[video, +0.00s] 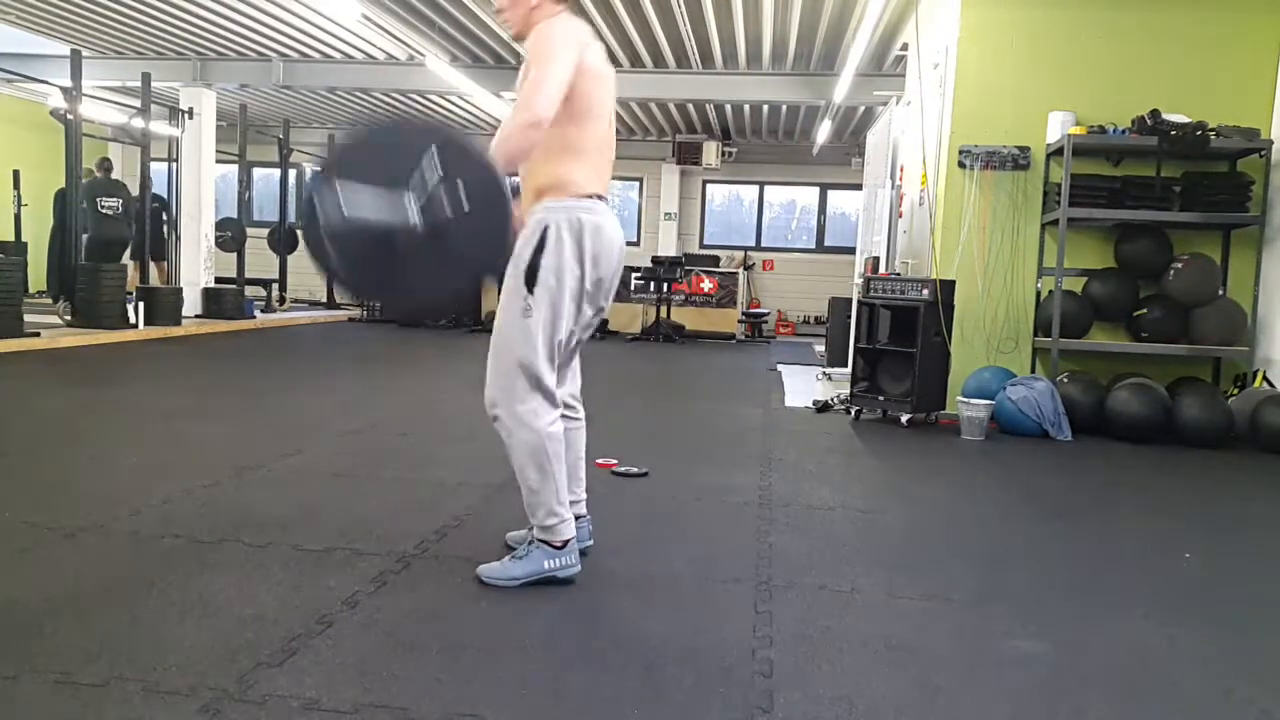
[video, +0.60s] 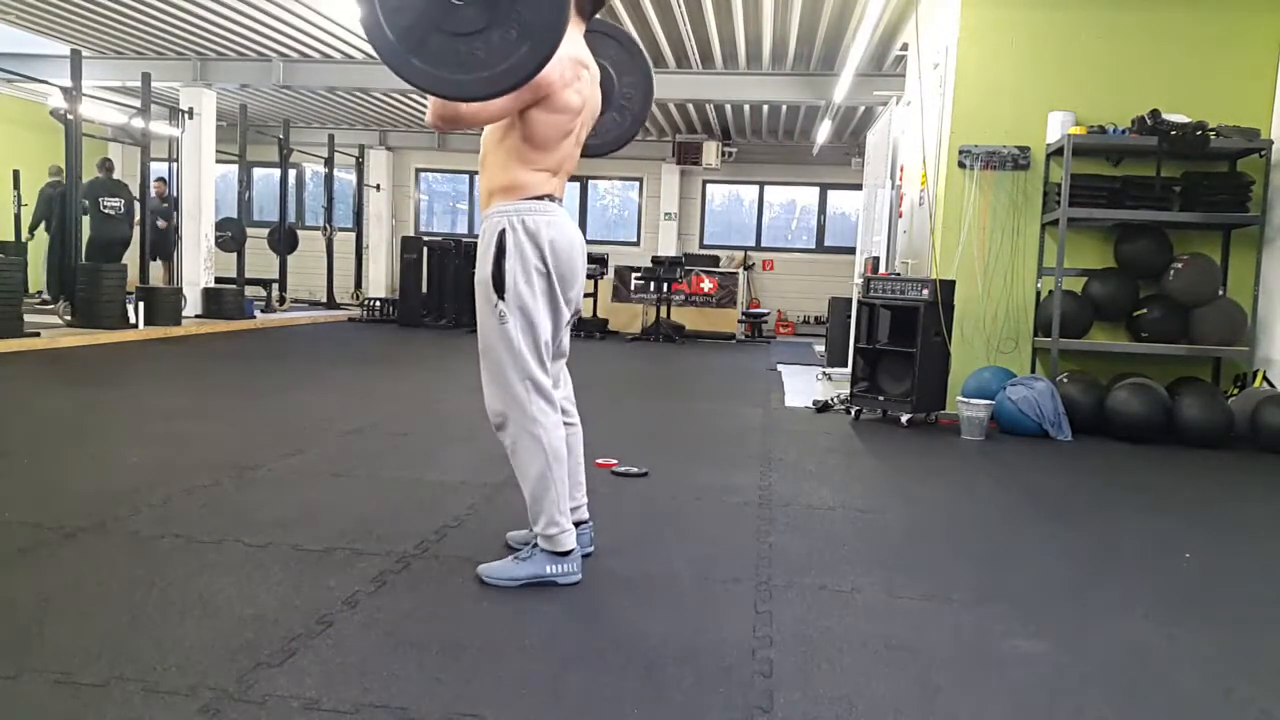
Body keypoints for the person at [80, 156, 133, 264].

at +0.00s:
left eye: (96, 170)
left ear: (96, 170)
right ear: (112, 170)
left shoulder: (89, 185)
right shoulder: (122, 186)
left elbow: (75, 204)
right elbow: (131, 212)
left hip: (98, 233)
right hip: (122, 234)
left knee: (91, 271)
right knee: (111, 270)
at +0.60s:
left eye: (98, 169)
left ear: (98, 169)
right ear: (113, 170)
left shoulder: (91, 185)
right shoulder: (123, 187)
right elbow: (131, 212)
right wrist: (129, 231)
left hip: (100, 234)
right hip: (123, 234)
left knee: (92, 270)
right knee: (112, 269)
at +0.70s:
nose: (98, 171)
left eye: (98, 169)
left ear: (99, 170)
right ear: (113, 170)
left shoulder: (94, 184)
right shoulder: (124, 187)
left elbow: (78, 192)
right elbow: (131, 213)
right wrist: (129, 233)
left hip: (101, 235)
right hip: (123, 235)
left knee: (91, 270)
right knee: (112, 269)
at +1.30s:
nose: (93, 171)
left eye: (95, 168)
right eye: (94, 168)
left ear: (104, 169)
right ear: (108, 168)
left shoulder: (97, 186)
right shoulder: (123, 185)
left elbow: (82, 191)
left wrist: (89, 177)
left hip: (102, 233)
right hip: (120, 233)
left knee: (88, 267)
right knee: (110, 268)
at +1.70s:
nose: (86, 169)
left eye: (88, 165)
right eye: (87, 166)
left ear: (97, 166)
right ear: (99, 166)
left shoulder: (92, 187)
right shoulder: (110, 181)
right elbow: (117, 190)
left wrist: (79, 181)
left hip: (94, 231)